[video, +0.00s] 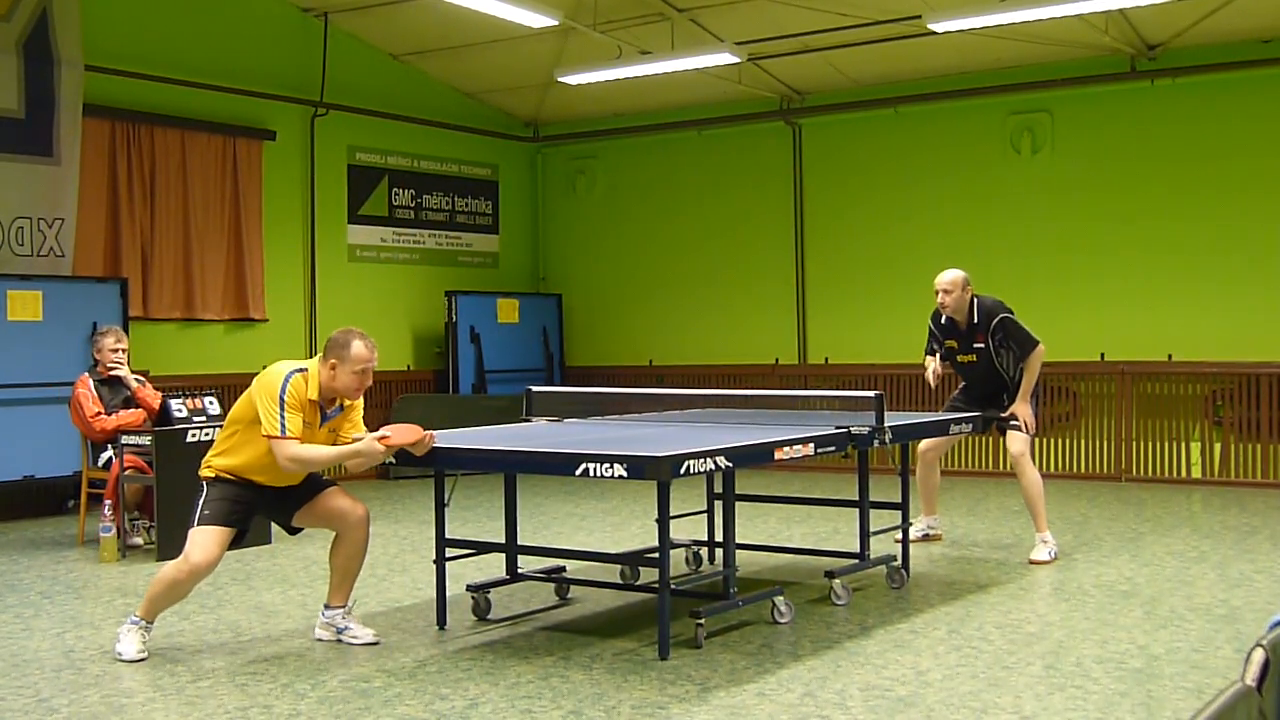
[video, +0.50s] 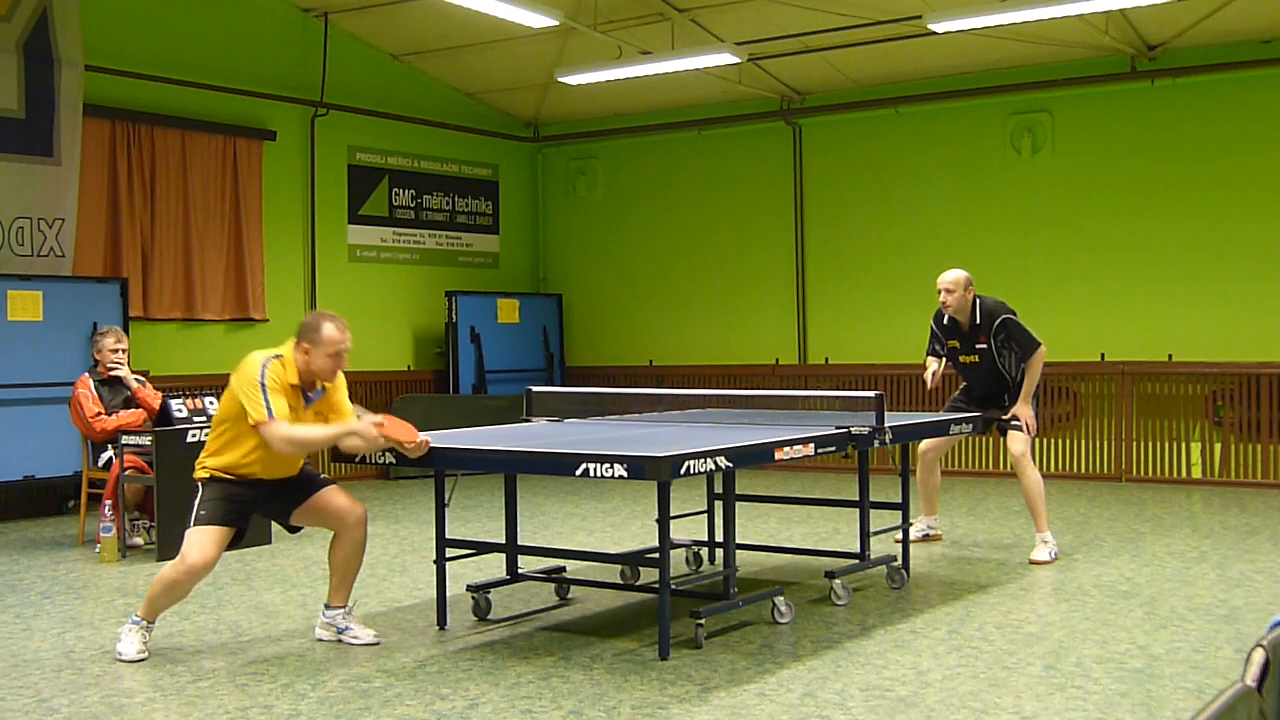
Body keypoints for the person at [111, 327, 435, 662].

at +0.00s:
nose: (368, 382)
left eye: (371, 373)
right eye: (362, 372)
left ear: (340, 368)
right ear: (330, 367)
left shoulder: (350, 396)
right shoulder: (283, 382)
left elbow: (349, 464)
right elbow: (288, 458)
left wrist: (391, 446)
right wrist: (361, 449)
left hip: (286, 480)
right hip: (232, 478)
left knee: (356, 515)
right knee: (199, 561)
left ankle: (335, 616)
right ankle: (139, 624)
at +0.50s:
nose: (342, 365)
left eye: (344, 356)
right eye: (335, 356)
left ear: (340, 353)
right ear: (304, 350)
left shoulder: (332, 379)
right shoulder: (259, 370)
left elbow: (347, 440)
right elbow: (280, 439)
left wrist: (394, 441)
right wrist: (347, 432)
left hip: (286, 474)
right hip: (227, 476)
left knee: (353, 516)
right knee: (196, 562)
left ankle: (335, 617)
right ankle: (141, 623)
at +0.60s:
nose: (323, 349)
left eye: (325, 342)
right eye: (317, 342)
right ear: (285, 336)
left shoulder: (315, 360)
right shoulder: (240, 353)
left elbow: (341, 415)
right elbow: (267, 409)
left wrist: (386, 407)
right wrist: (332, 389)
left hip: (278, 468)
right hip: (218, 472)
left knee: (347, 517)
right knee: (190, 559)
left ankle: (334, 616)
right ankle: (140, 624)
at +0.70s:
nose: (311, 335)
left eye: (313, 327)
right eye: (304, 326)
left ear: (314, 324)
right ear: (273, 320)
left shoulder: (305, 350)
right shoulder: (228, 337)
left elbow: (335, 398)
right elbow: (244, 388)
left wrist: (368, 374)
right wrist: (304, 357)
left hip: (273, 461)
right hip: (213, 466)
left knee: (340, 515)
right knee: (185, 556)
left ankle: (335, 617)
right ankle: (139, 625)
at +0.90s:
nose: (292, 291)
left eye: (293, 282)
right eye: (283, 284)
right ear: (251, 286)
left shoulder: (289, 323)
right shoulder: (206, 308)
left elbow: (318, 379)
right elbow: (145, 334)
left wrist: (342, 358)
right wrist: (206, 323)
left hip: (265, 448)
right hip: (199, 451)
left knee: (327, 517)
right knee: (174, 548)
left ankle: (333, 616)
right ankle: (135, 626)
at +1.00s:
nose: (301, 290)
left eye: (303, 282)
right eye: (292, 283)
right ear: (259, 284)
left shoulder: (295, 329)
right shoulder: (207, 303)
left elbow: (315, 385)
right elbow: (127, 306)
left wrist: (339, 374)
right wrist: (156, 299)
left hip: (262, 449)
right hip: (196, 450)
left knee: (325, 517)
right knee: (172, 547)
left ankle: (332, 616)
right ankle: (135, 626)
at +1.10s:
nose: (320, 301)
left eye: (322, 293)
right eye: (313, 292)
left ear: (304, 294)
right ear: (282, 288)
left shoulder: (306, 337)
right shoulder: (225, 303)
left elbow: (321, 390)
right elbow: (147, 292)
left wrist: (346, 381)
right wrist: (160, 300)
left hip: (261, 449)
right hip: (198, 448)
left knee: (326, 516)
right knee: (172, 548)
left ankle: (333, 616)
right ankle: (136, 626)